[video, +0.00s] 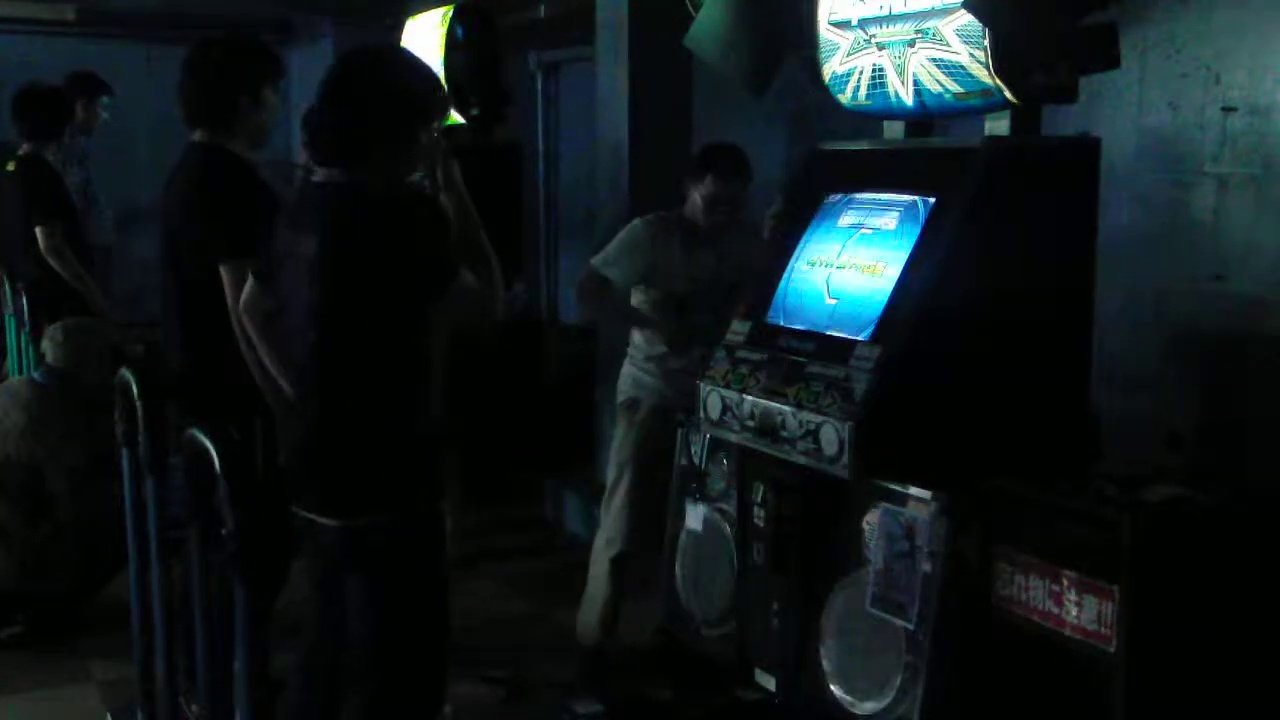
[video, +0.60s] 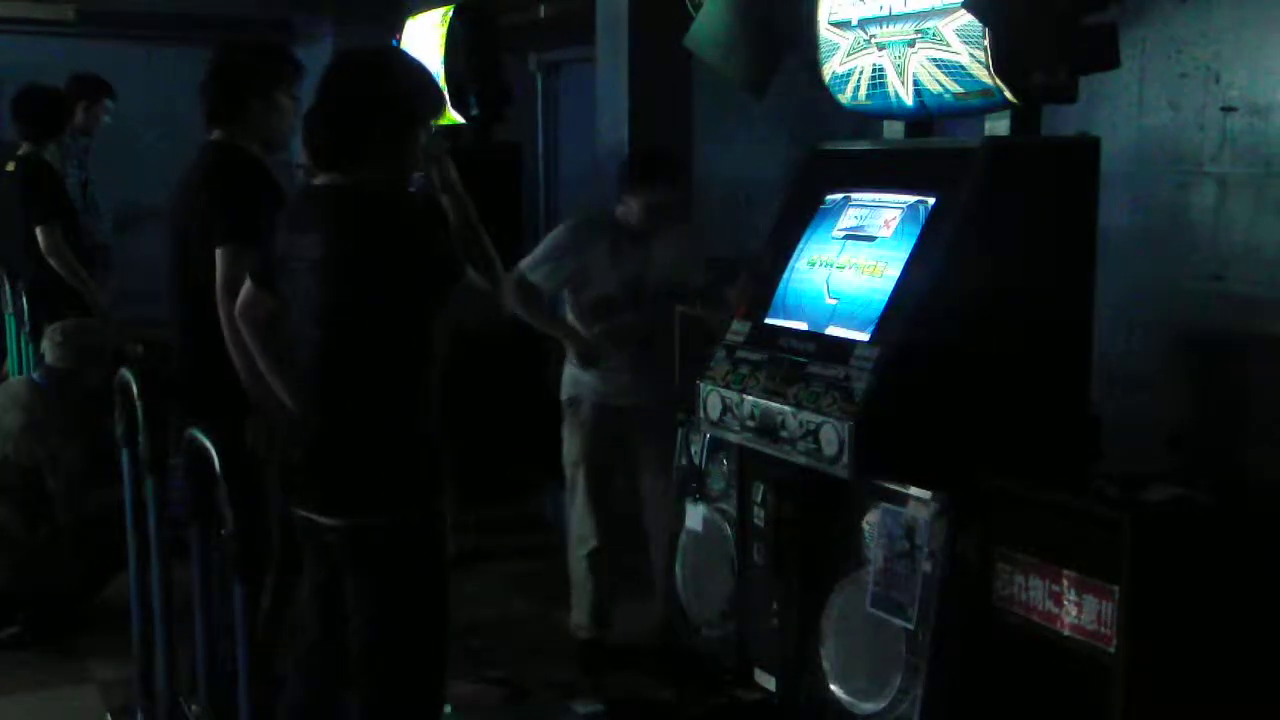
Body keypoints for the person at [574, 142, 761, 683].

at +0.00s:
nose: (719, 208)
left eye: (730, 199)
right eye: (712, 196)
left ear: (741, 200)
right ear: (691, 188)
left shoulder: (740, 248)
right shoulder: (652, 234)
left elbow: (754, 310)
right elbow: (593, 288)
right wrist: (646, 322)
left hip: (708, 399)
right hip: (649, 393)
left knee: (697, 521)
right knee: (626, 522)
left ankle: (677, 644)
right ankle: (597, 645)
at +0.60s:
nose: (654, 216)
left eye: (663, 206)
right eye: (647, 203)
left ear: (672, 206)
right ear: (627, 196)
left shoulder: (673, 245)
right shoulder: (584, 236)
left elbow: (696, 308)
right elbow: (519, 289)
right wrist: (569, 336)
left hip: (654, 395)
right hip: (591, 396)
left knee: (664, 516)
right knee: (591, 521)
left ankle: (670, 633)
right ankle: (590, 634)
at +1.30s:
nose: (663, 213)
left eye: (673, 204)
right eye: (655, 201)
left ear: (682, 205)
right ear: (636, 196)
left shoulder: (683, 245)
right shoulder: (596, 237)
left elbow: (701, 307)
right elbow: (561, 307)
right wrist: (601, 341)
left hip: (660, 391)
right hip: (600, 392)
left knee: (664, 512)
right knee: (595, 517)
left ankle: (664, 622)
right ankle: (589, 628)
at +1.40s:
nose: (680, 217)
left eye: (687, 207)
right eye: (674, 205)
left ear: (690, 207)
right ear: (650, 199)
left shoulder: (684, 247)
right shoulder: (606, 238)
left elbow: (694, 314)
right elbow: (590, 321)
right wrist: (654, 347)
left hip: (663, 385)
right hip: (608, 385)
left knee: (665, 510)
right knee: (599, 514)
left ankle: (664, 621)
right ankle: (589, 626)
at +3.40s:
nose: (721, 231)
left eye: (730, 222)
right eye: (715, 219)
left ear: (737, 223)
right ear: (695, 211)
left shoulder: (724, 260)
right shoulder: (649, 250)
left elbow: (733, 325)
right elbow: (645, 340)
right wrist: (698, 384)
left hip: (681, 394)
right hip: (628, 388)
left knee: (675, 511)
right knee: (612, 511)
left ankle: (666, 624)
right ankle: (591, 625)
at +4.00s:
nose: (693, 217)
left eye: (702, 208)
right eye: (688, 205)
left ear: (712, 208)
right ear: (669, 196)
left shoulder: (711, 246)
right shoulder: (624, 238)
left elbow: (726, 311)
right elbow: (593, 311)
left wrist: (699, 361)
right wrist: (637, 361)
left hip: (681, 386)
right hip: (623, 384)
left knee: (676, 499)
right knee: (606, 495)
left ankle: (668, 605)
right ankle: (597, 592)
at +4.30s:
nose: (622, 209)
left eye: (630, 199)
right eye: (614, 199)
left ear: (651, 195)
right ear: (606, 197)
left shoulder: (676, 241)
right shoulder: (594, 232)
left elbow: (708, 312)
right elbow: (572, 299)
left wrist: (676, 370)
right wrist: (592, 359)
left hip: (657, 385)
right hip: (603, 383)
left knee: (665, 503)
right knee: (595, 498)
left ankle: (667, 607)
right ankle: (604, 594)